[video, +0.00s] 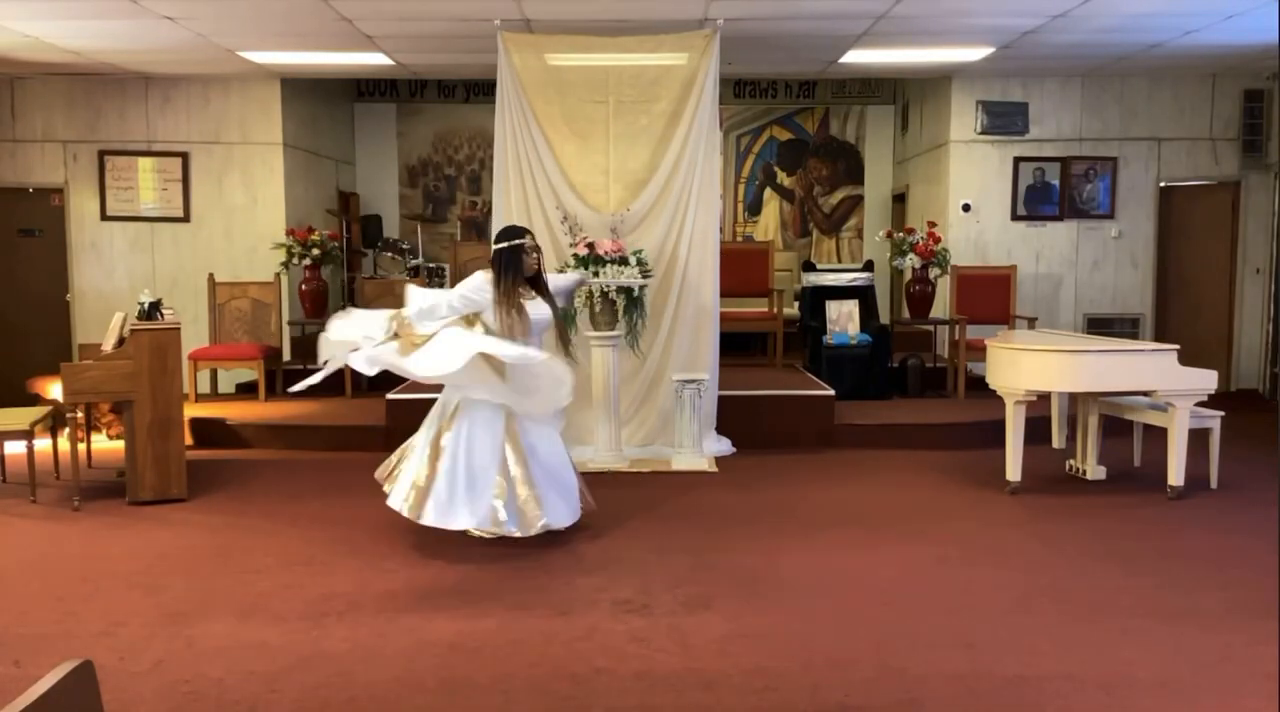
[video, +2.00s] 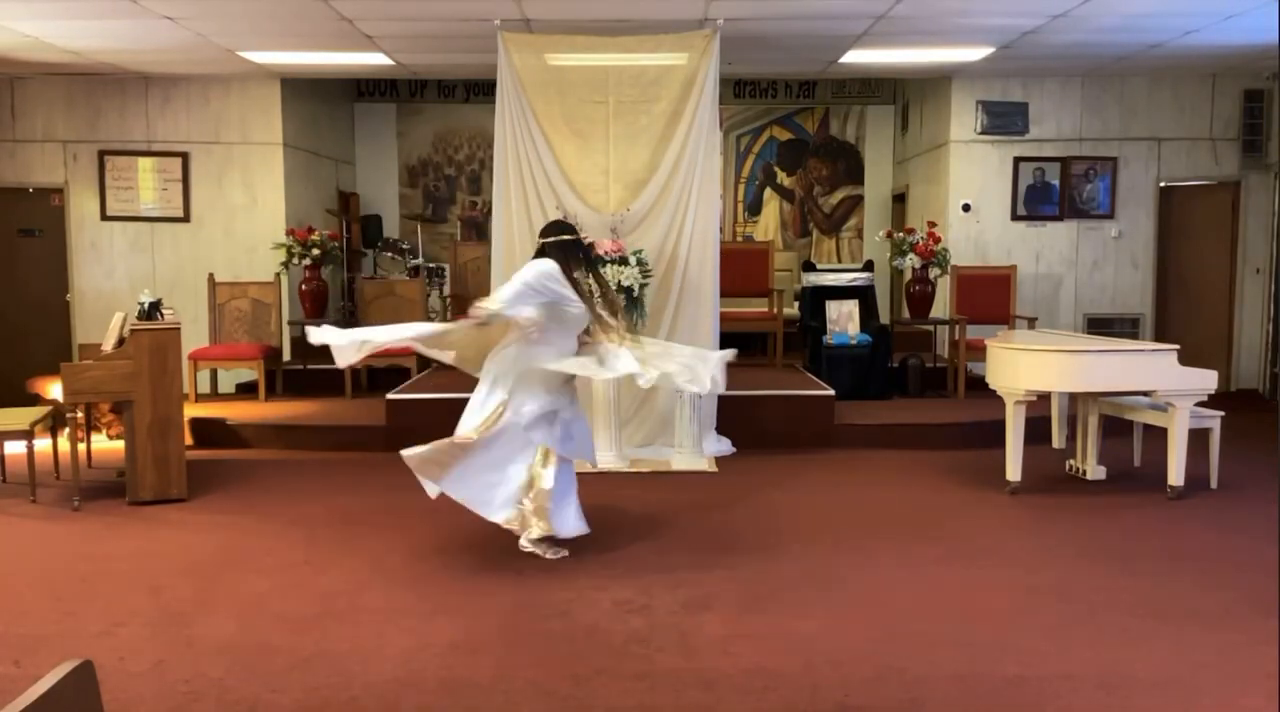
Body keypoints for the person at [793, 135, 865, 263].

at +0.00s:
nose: (817, 176)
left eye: (823, 169)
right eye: (813, 170)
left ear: (839, 166)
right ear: (808, 172)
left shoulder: (854, 193)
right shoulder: (818, 194)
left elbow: (828, 227)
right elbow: (799, 233)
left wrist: (808, 197)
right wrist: (799, 197)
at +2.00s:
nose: (817, 176)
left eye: (823, 169)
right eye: (813, 170)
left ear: (839, 166)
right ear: (808, 172)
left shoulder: (854, 193)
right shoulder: (818, 194)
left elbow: (828, 227)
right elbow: (800, 233)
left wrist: (808, 196)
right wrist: (799, 197)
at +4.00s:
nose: (815, 176)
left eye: (820, 170)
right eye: (812, 171)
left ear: (840, 165)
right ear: (808, 173)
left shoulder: (854, 193)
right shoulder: (820, 195)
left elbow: (828, 227)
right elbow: (800, 232)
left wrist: (808, 197)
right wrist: (799, 197)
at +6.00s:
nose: (815, 176)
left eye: (821, 170)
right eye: (812, 171)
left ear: (840, 166)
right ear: (808, 172)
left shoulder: (854, 193)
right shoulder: (819, 195)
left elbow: (828, 227)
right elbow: (799, 233)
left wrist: (808, 197)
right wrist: (798, 197)